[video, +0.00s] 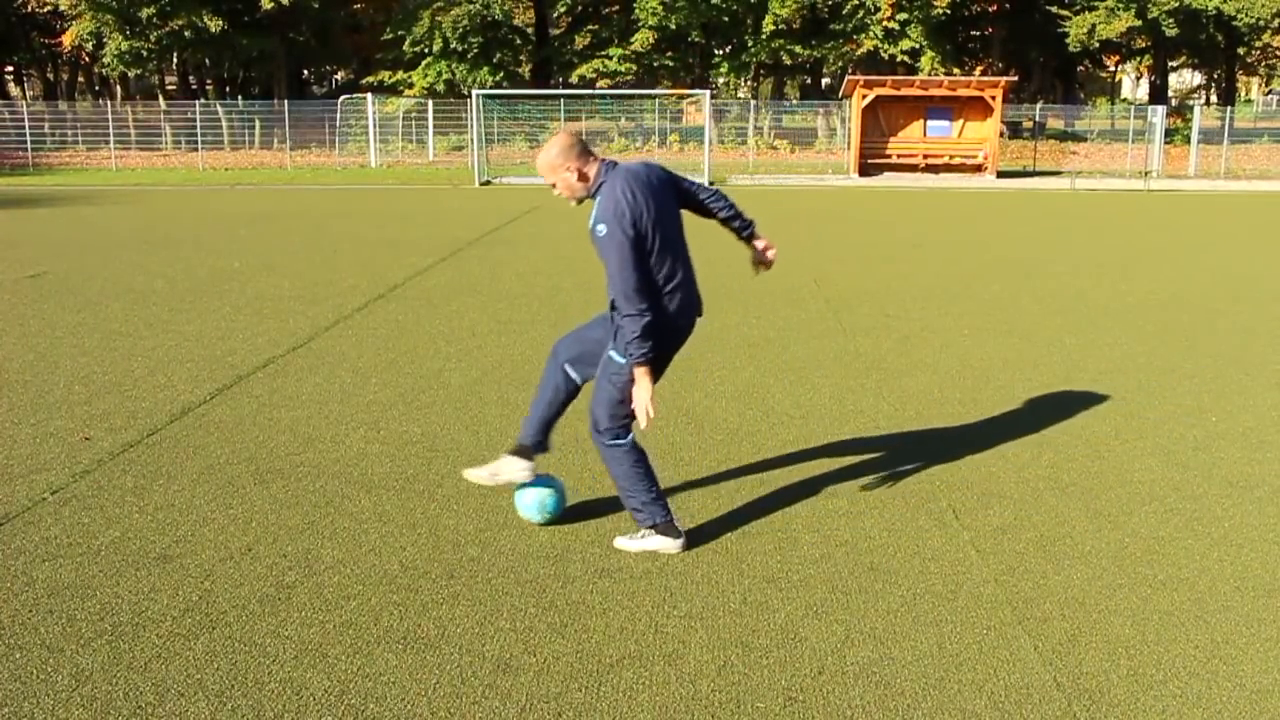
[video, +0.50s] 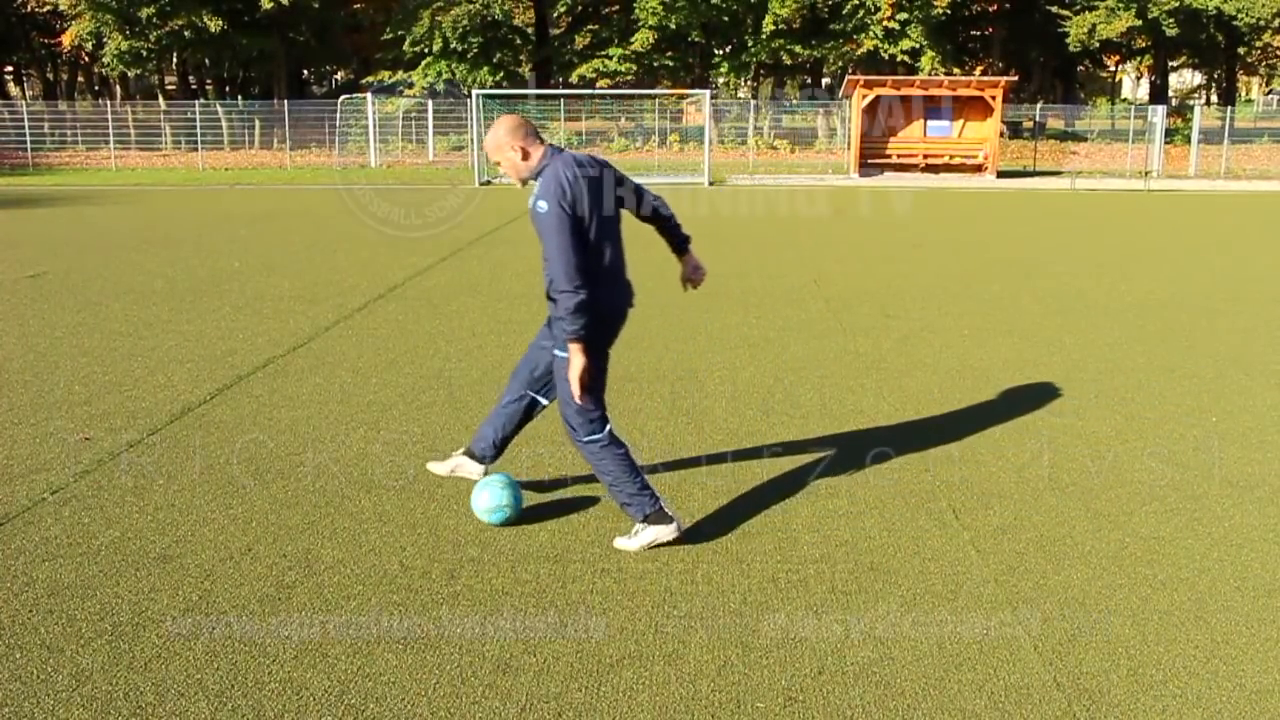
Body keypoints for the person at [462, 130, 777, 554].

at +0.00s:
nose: (555, 192)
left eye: (555, 183)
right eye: (551, 185)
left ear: (578, 169)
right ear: (581, 166)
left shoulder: (609, 215)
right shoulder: (645, 172)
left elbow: (632, 303)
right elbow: (708, 197)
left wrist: (642, 374)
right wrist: (753, 238)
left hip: (651, 323)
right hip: (672, 306)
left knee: (609, 426)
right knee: (568, 354)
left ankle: (661, 528)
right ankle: (524, 454)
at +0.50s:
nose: (502, 173)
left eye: (501, 163)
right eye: (498, 165)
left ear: (523, 151)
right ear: (530, 146)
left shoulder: (547, 193)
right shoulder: (592, 166)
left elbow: (565, 278)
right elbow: (649, 204)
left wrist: (576, 348)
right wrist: (685, 253)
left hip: (582, 316)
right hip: (608, 303)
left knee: (586, 426)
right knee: (529, 380)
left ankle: (654, 517)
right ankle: (476, 457)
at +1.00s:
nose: (426, 167)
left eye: (428, 158)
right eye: (424, 157)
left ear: (443, 157)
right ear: (461, 149)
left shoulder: (458, 199)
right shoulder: (504, 176)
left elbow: (478, 273)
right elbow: (562, 216)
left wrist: (492, 338)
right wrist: (604, 262)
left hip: (510, 311)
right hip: (537, 301)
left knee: (514, 420)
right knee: (473, 384)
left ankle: (606, 486)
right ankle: (478, 482)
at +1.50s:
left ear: (388, 194)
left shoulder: (406, 224)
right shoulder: (445, 199)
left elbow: (437, 282)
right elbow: (500, 225)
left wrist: (454, 345)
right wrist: (519, 274)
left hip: (470, 310)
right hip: (495, 299)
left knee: (403, 394)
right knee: (454, 390)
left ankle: (468, 475)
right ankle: (473, 476)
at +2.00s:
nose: (250, 175)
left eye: (251, 165)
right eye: (248, 166)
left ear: (274, 159)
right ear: (284, 155)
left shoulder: (305, 199)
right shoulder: (334, 175)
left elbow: (338, 281)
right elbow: (388, 212)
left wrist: (350, 348)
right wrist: (410, 269)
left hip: (361, 319)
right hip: (392, 307)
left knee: (316, 416)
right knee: (386, 390)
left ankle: (354, 522)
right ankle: (464, 471)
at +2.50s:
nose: (133, 146)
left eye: (137, 136)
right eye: (131, 137)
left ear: (166, 131)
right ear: (172, 132)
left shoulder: (183, 187)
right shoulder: (207, 179)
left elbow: (190, 280)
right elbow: (229, 255)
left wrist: (186, 358)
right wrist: (235, 317)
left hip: (163, 328)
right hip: (193, 327)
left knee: (72, 397)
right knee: (133, 422)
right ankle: (155, 534)